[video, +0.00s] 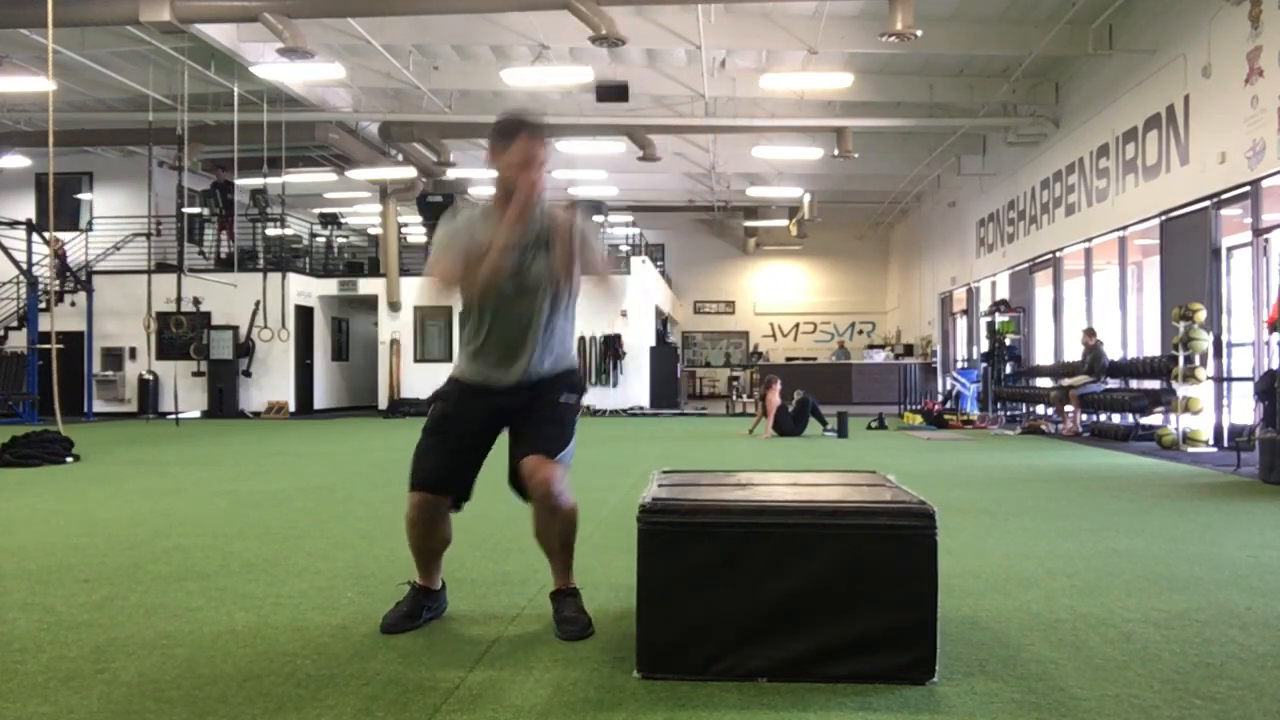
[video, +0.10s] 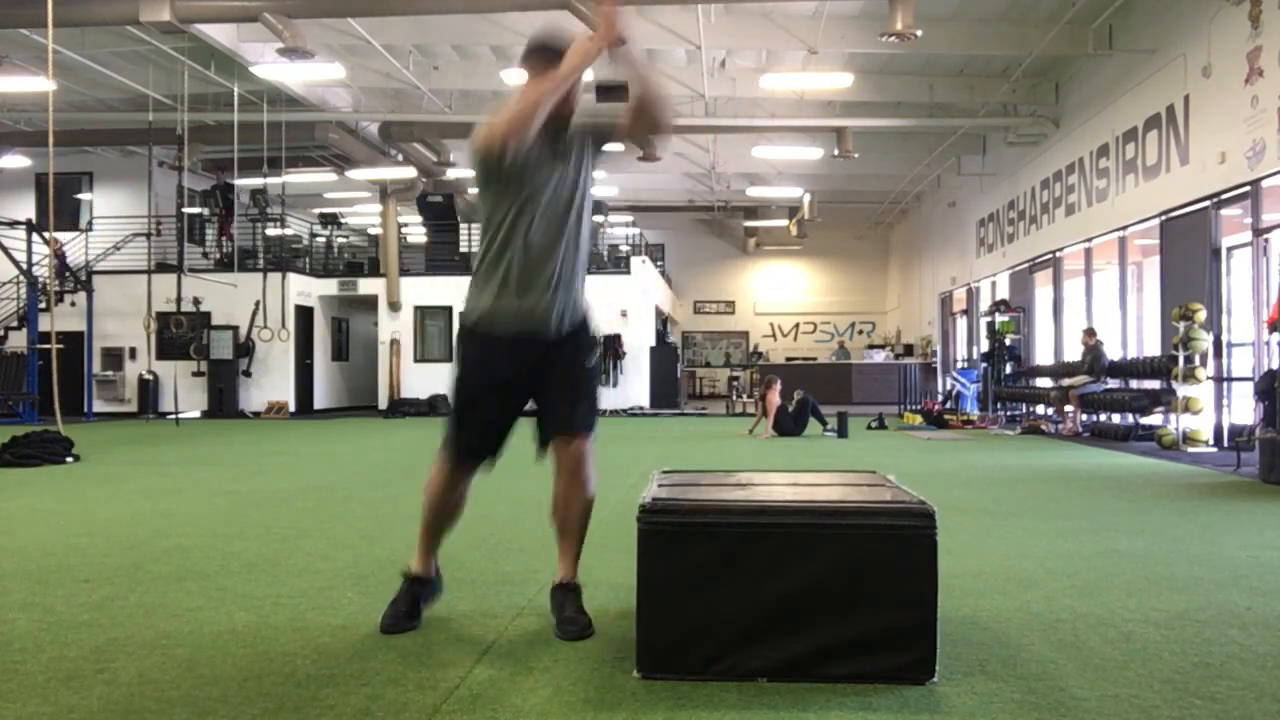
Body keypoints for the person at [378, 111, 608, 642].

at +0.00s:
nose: (536, 172)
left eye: (541, 163)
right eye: (525, 162)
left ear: (547, 164)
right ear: (495, 160)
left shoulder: (564, 224)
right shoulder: (465, 224)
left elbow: (595, 274)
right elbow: (468, 286)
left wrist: (565, 225)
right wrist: (512, 218)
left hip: (549, 378)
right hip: (476, 379)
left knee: (543, 478)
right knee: (425, 496)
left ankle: (565, 590)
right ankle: (427, 590)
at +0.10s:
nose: (557, 93)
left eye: (564, 83)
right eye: (547, 81)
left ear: (576, 86)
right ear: (527, 80)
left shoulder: (582, 132)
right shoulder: (496, 134)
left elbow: (652, 122)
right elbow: (508, 129)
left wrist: (626, 48)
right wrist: (584, 52)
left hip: (565, 326)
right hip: (494, 326)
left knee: (575, 452)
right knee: (455, 461)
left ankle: (566, 584)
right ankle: (422, 573)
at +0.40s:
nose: (707, 42)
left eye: (710, 32)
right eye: (702, 27)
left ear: (674, 20)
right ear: (668, 12)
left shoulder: (659, 79)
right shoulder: (616, 40)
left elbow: (652, 147)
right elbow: (527, 69)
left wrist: (684, 204)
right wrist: (490, 163)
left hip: (585, 187)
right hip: (544, 180)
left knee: (666, 270)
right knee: (663, 258)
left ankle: (629, 395)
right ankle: (611, 398)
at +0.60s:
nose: (743, 92)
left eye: (747, 82)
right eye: (741, 76)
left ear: (709, 66)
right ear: (708, 60)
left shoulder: (672, 113)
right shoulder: (662, 93)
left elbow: (600, 184)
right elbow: (573, 128)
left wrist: (552, 248)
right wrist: (517, 200)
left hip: (590, 246)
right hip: (606, 239)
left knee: (689, 336)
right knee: (727, 326)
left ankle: (660, 459)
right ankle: (673, 457)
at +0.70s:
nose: (740, 87)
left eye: (744, 77)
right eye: (738, 72)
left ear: (706, 62)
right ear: (704, 57)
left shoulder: (677, 110)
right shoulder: (667, 96)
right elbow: (606, 145)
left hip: (596, 245)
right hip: (616, 239)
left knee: (693, 351)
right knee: (734, 331)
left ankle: (661, 460)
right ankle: (674, 458)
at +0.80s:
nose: (719, 51)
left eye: (724, 42)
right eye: (716, 35)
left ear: (685, 25)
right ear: (680, 18)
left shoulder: (667, 92)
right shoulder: (643, 59)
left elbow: (641, 199)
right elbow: (601, 120)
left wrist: (690, 231)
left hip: (608, 224)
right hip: (595, 219)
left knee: (689, 326)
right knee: (702, 316)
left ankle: (663, 457)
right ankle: (673, 458)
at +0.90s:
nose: (697, 7)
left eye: (700, 3)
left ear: (674, 3)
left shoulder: (663, 49)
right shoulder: (608, 11)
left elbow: (636, 129)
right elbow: (575, 75)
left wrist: (678, 143)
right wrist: (659, 99)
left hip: (604, 183)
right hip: (561, 171)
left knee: (667, 296)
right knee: (631, 295)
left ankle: (664, 443)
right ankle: (656, 442)